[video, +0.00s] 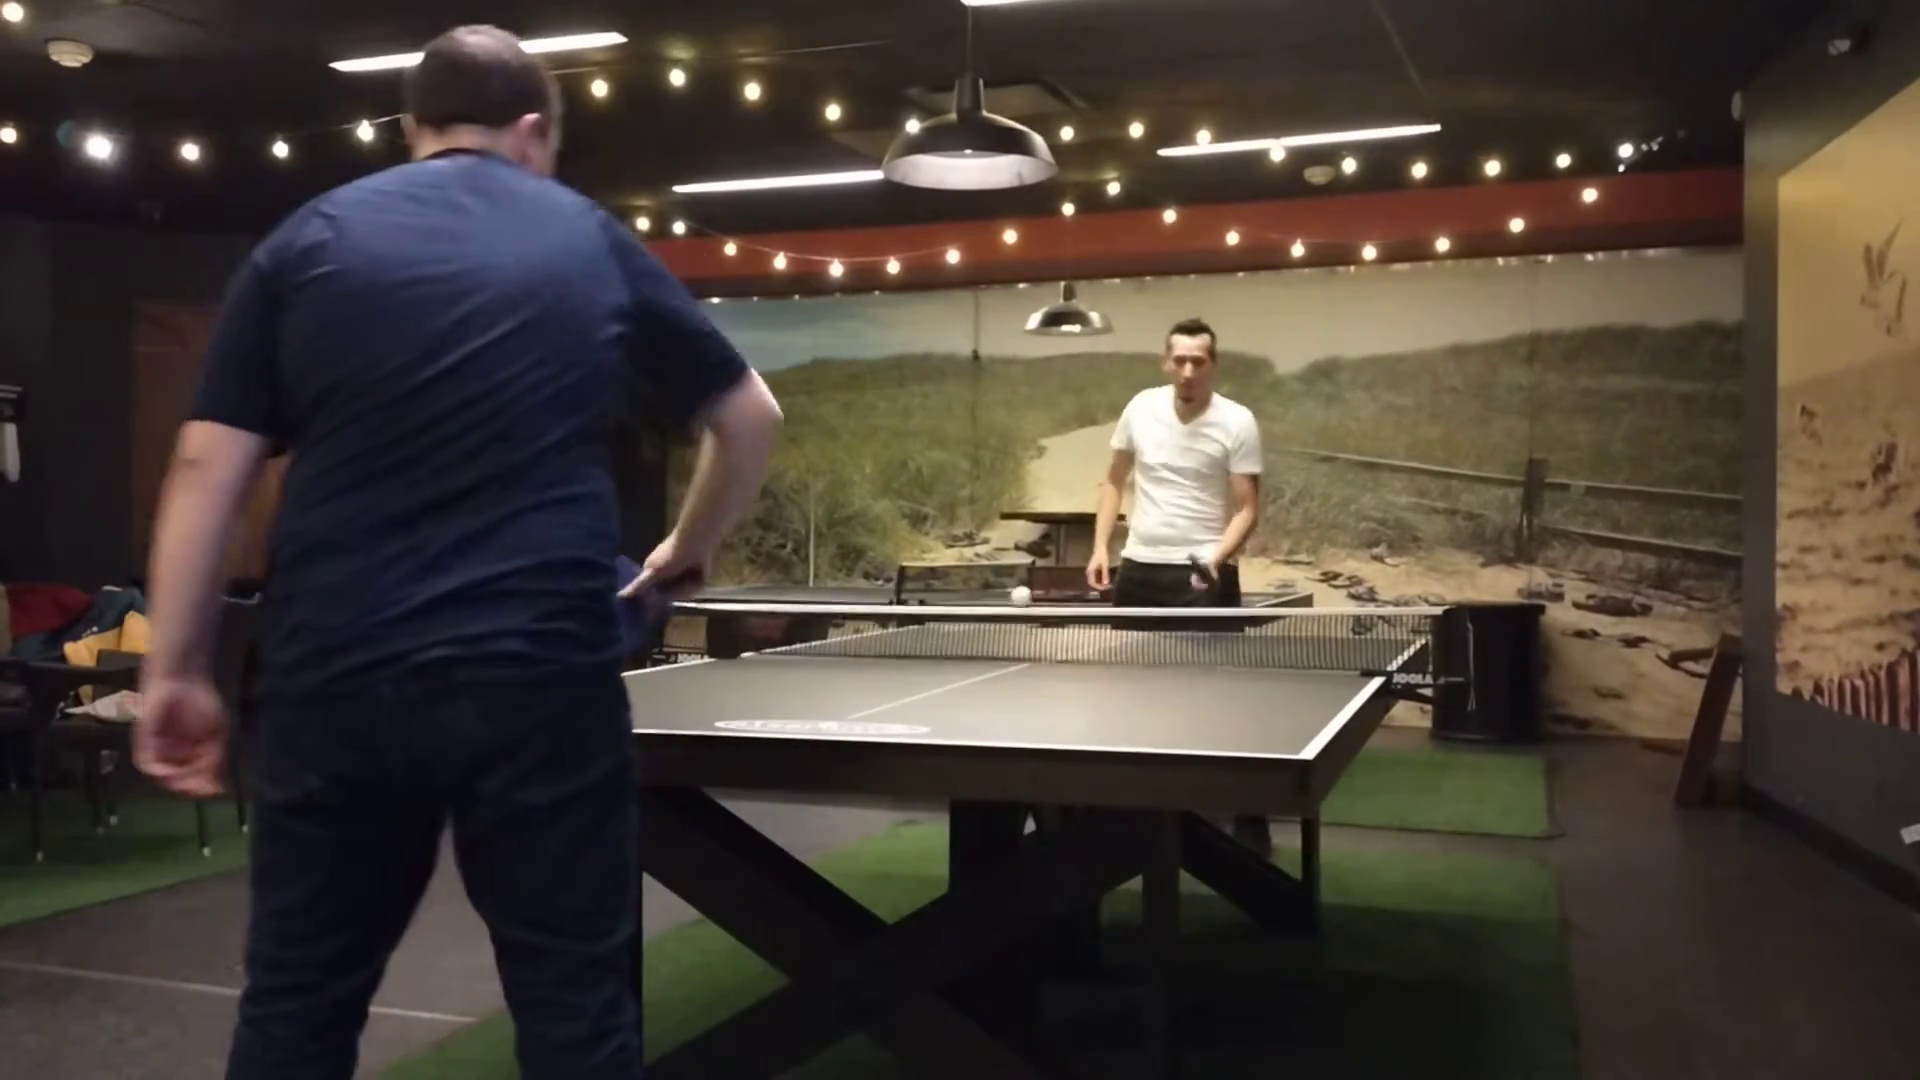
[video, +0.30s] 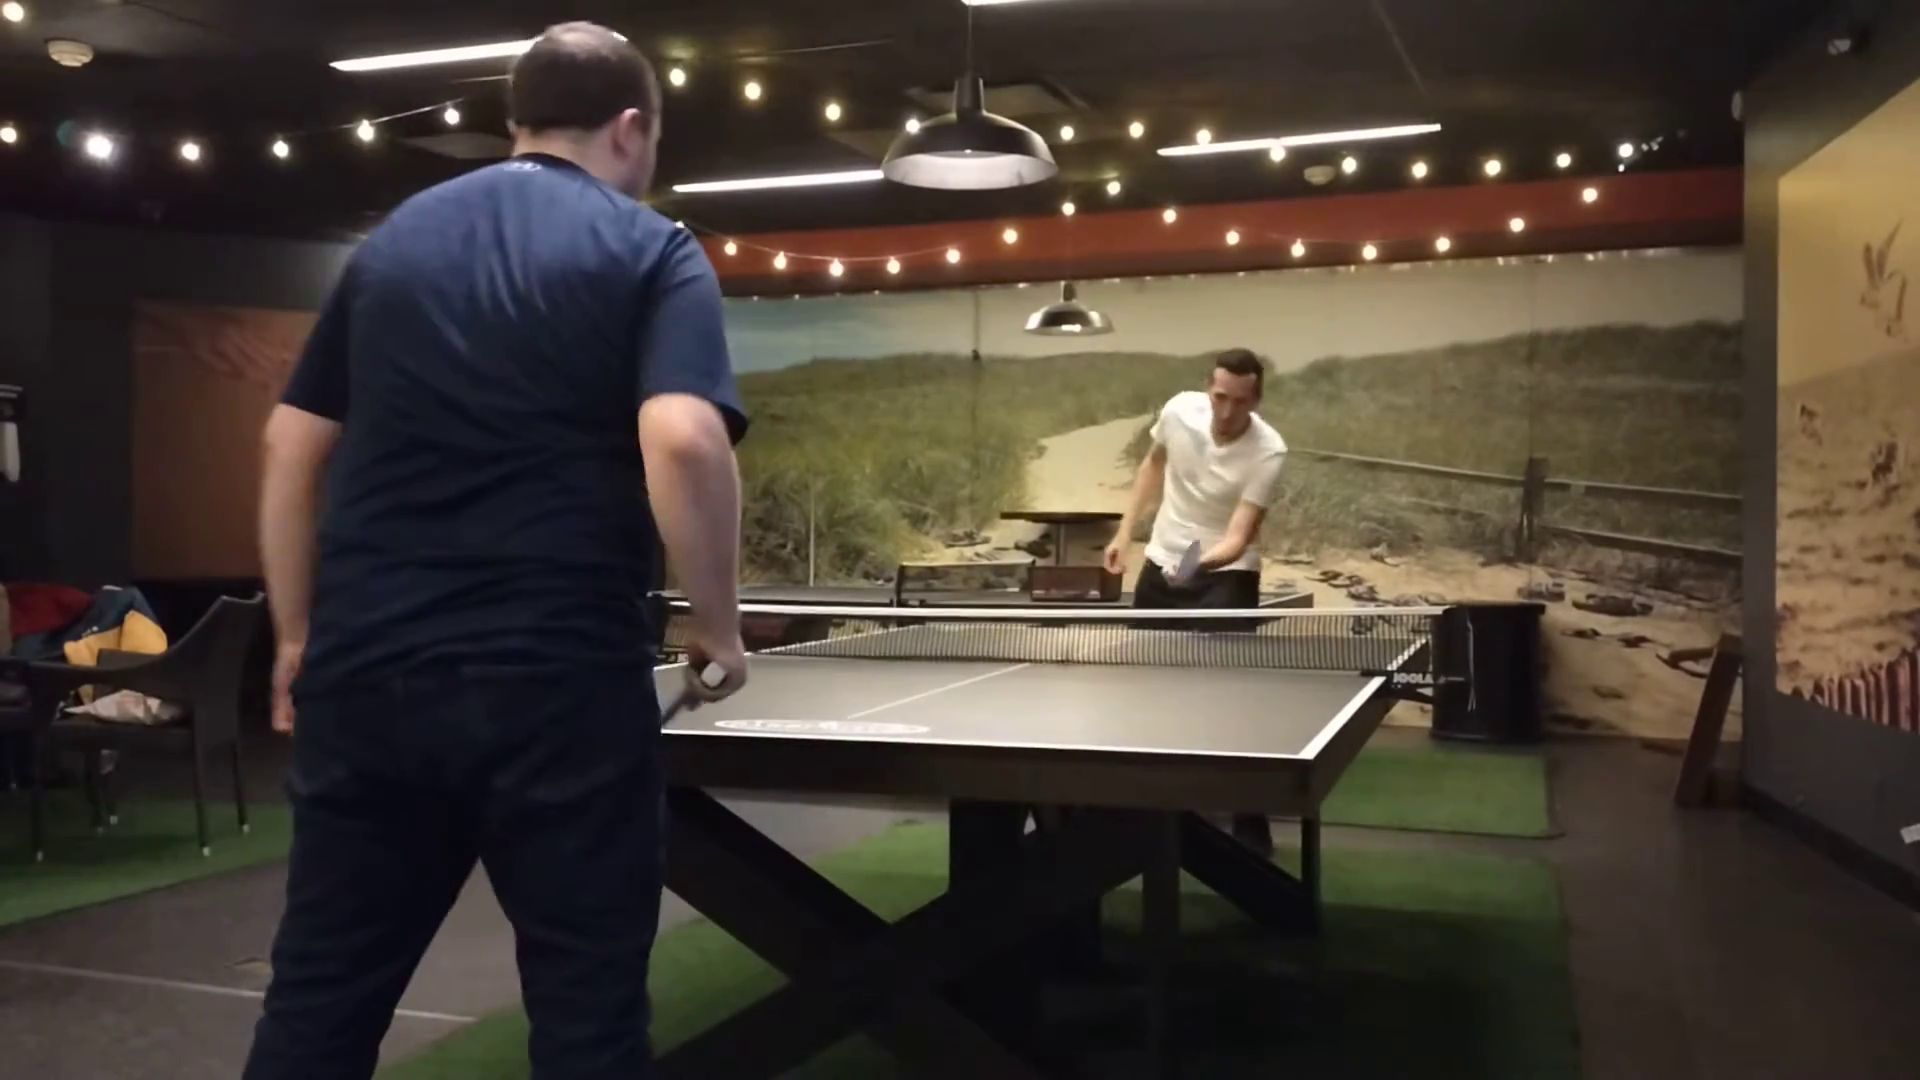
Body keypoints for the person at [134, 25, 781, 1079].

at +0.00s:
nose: (555, 157)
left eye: (551, 142)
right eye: (554, 140)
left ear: (413, 133)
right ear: (534, 130)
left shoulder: (305, 239)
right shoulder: (588, 235)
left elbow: (211, 463)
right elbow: (750, 416)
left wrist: (174, 667)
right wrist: (685, 550)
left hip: (337, 685)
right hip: (544, 678)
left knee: (294, 1011)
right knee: (580, 1013)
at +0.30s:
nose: (649, 160)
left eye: (652, 142)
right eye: (651, 139)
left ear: (519, 125)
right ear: (628, 129)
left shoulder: (392, 239)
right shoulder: (651, 245)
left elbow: (295, 439)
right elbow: (681, 436)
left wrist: (292, 635)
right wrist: (711, 621)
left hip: (372, 683)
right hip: (566, 698)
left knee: (317, 1003)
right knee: (590, 1019)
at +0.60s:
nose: (681, 136)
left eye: (682, 118)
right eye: (681, 116)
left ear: (547, 109)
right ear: (658, 108)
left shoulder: (441, 215)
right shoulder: (676, 229)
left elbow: (350, 418)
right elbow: (705, 421)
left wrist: (385, 570)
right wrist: (746, 602)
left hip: (400, 651)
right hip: (581, 669)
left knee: (335, 971)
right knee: (608, 995)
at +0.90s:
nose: (680, 127)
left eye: (676, 108)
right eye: (680, 107)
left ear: (545, 102)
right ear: (659, 97)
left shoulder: (425, 221)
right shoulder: (693, 227)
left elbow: (362, 437)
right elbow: (767, 435)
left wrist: (405, 577)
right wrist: (779, 610)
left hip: (422, 642)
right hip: (599, 655)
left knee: (408, 951)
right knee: (607, 981)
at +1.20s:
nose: (618, 151)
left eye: (620, 125)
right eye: (620, 121)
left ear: (490, 99)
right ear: (582, 98)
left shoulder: (370, 221)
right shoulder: (599, 222)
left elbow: (328, 451)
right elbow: (622, 426)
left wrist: (339, 620)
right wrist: (663, 645)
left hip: (380, 655)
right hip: (542, 667)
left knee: (385, 965)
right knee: (626, 955)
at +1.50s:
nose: (642, 162)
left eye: (648, 136)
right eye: (646, 131)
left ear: (524, 99)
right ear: (605, 105)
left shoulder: (399, 221)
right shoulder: (614, 222)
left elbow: (349, 450)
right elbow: (614, 415)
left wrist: (368, 621)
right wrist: (618, 637)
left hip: (406, 655)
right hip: (571, 659)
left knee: (402, 973)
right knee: (661, 965)